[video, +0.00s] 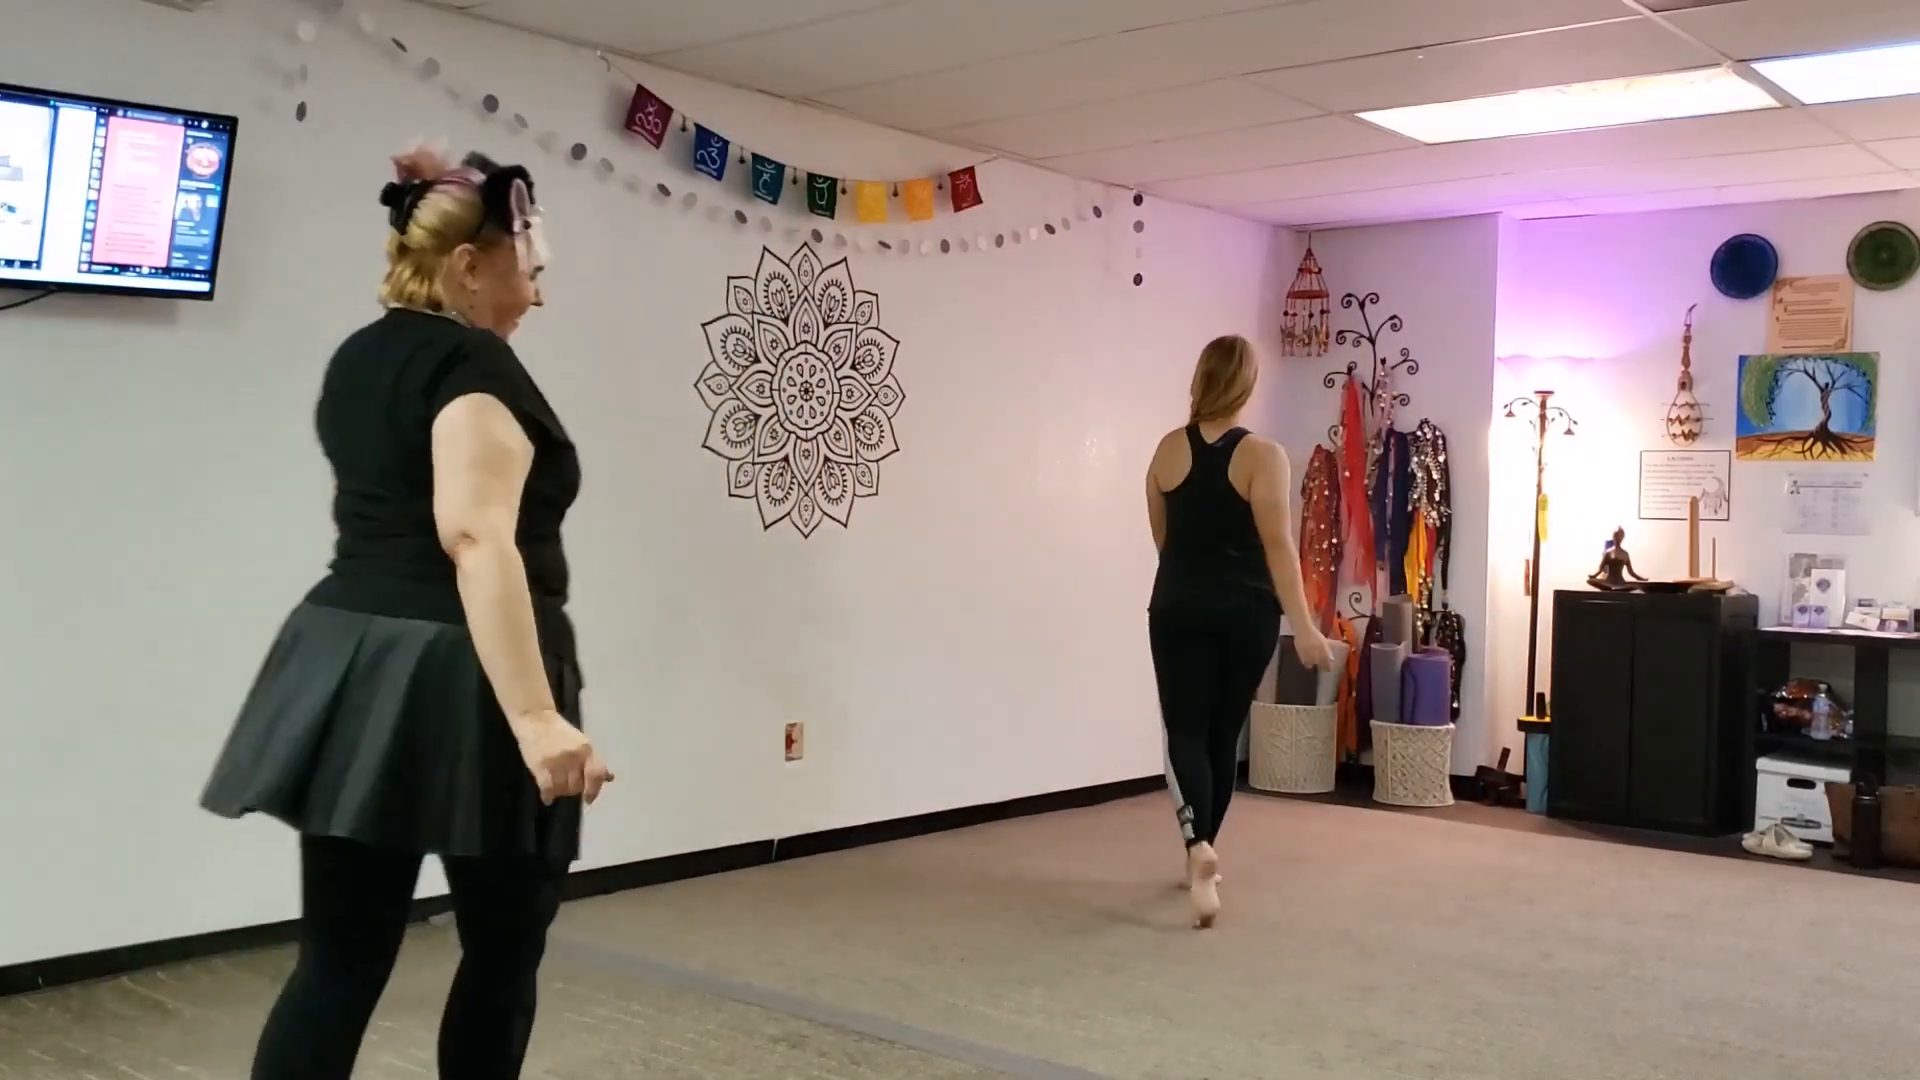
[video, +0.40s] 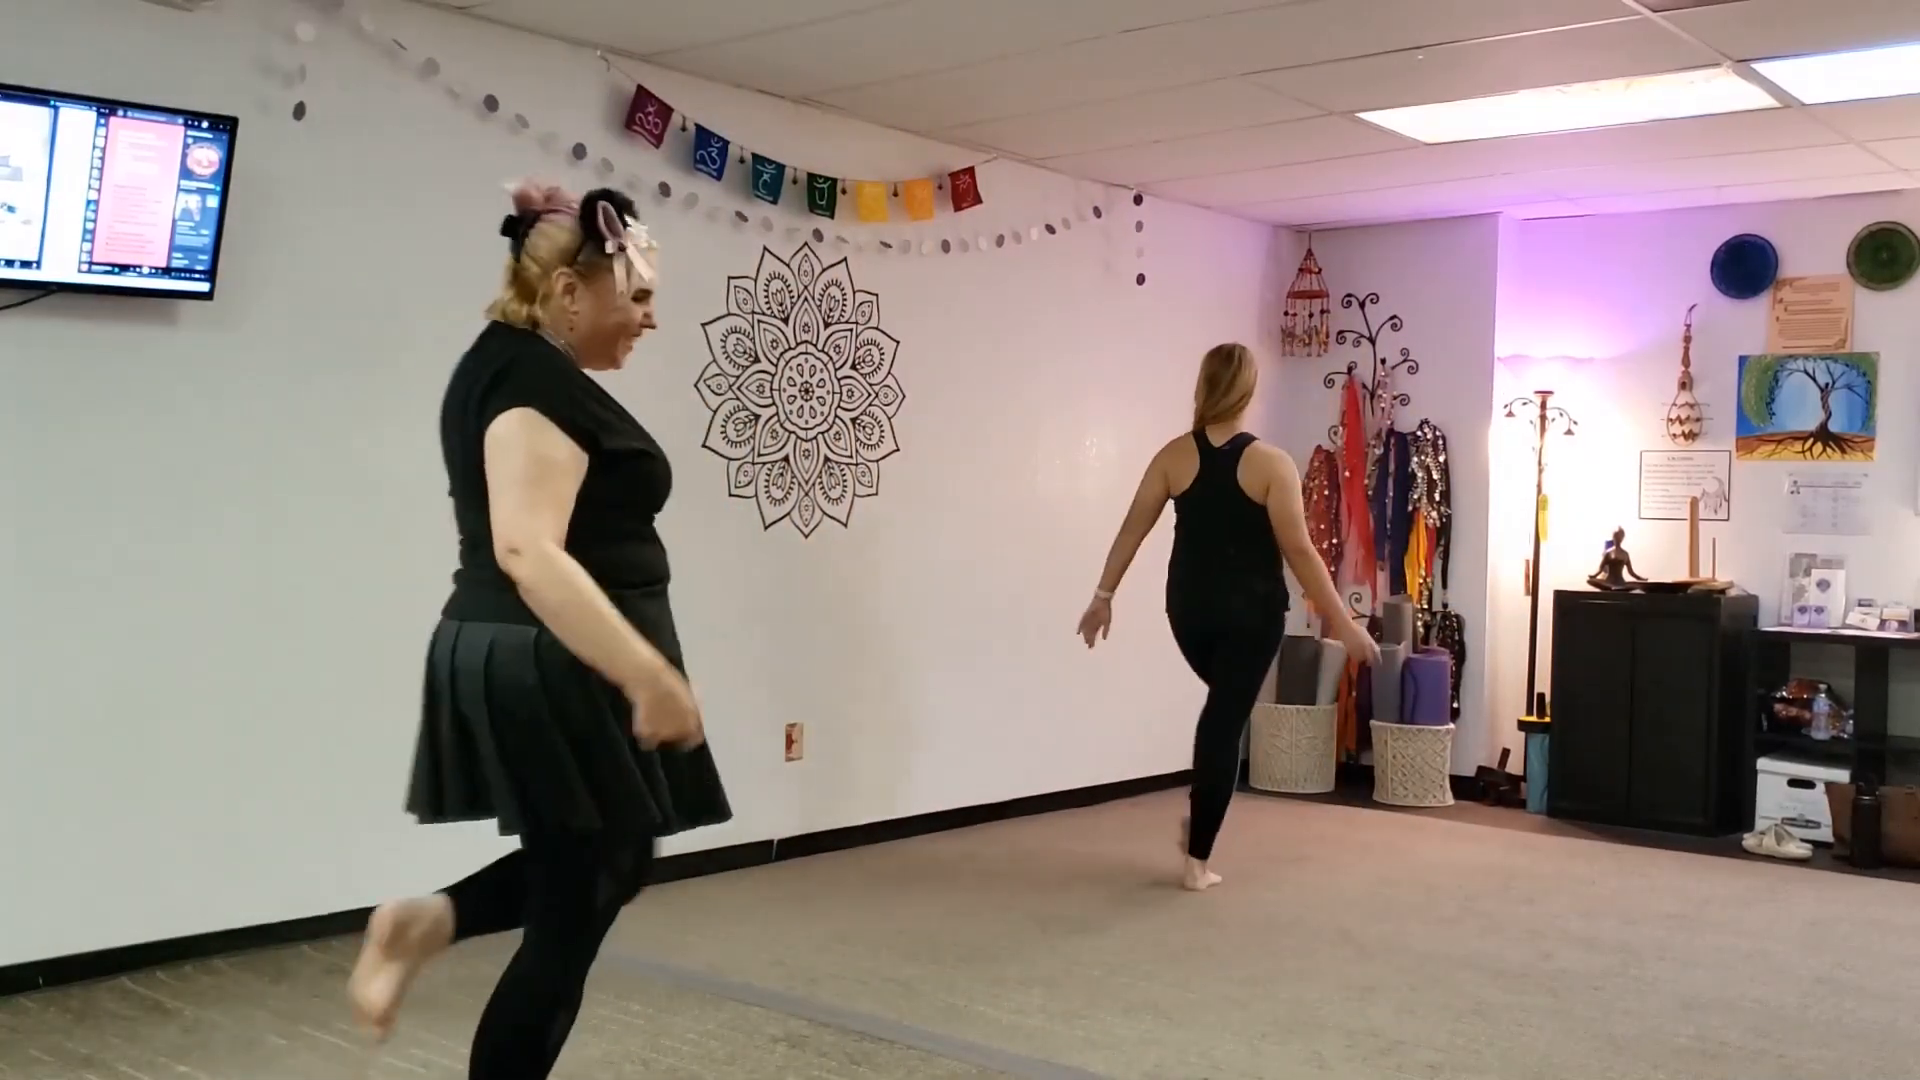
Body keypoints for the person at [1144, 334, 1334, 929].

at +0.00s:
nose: (1253, 387)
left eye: (1241, 375)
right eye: (1254, 379)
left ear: (1199, 379)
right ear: (1249, 385)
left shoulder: (1168, 450)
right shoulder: (1264, 455)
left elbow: (1161, 537)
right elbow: (1277, 546)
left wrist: (1190, 582)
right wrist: (1305, 628)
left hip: (1177, 606)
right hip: (1248, 611)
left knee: (1184, 729)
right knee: (1223, 732)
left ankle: (1200, 844)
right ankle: (1203, 860)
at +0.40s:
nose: (1252, 395)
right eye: (1253, 388)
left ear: (1202, 388)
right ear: (1251, 393)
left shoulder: (1172, 458)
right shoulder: (1272, 465)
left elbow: (1133, 528)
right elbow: (1299, 552)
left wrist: (1103, 594)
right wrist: (1345, 624)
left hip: (1186, 613)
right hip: (1252, 617)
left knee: (1230, 705)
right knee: (1220, 727)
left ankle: (1198, 817)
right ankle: (1196, 861)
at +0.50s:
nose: (1256, 391)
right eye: (1257, 384)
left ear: (1206, 389)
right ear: (1255, 392)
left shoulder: (1180, 455)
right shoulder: (1281, 462)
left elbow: (1138, 524)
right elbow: (1309, 549)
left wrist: (1098, 586)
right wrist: (1348, 617)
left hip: (1190, 606)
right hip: (1252, 611)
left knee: (1244, 696)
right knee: (1222, 726)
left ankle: (1234, 820)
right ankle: (1197, 860)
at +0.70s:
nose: (1271, 401)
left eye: (1261, 393)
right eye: (1272, 394)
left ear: (1222, 400)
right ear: (1268, 402)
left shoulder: (1198, 466)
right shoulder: (1299, 468)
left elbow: (1160, 535)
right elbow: (1324, 553)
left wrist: (1115, 595)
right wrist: (1350, 623)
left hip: (1204, 612)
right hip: (1266, 616)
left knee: (1256, 713)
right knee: (1233, 729)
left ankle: (1299, 820)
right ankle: (1198, 859)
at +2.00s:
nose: (1444, 399)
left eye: (1444, 392)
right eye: (1433, 393)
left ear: (1436, 402)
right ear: (1404, 403)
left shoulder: (1445, 463)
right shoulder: (1392, 462)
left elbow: (1458, 550)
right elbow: (1356, 537)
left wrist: (1486, 608)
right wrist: (1335, 608)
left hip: (1422, 602)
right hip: (1405, 604)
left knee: (1370, 713)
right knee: (1435, 717)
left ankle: (1305, 817)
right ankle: (1451, 838)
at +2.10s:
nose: (1461, 397)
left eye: (1461, 389)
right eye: (1449, 390)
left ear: (1457, 401)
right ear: (1419, 401)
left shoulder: (1463, 458)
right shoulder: (1408, 462)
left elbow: (1473, 539)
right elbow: (1378, 541)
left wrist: (1496, 599)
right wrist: (1360, 613)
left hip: (1447, 600)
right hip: (1423, 601)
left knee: (1411, 712)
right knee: (1450, 714)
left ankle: (1323, 804)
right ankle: (1452, 839)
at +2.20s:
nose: (1474, 401)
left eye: (1476, 394)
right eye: (1463, 394)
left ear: (1475, 403)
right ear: (1434, 402)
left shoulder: (1469, 453)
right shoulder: (1423, 466)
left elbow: (1484, 534)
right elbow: (1399, 550)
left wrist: (1504, 592)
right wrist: (1385, 623)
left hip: (1468, 601)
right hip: (1439, 603)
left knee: (1455, 714)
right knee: (1460, 713)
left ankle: (1358, 784)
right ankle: (1453, 838)